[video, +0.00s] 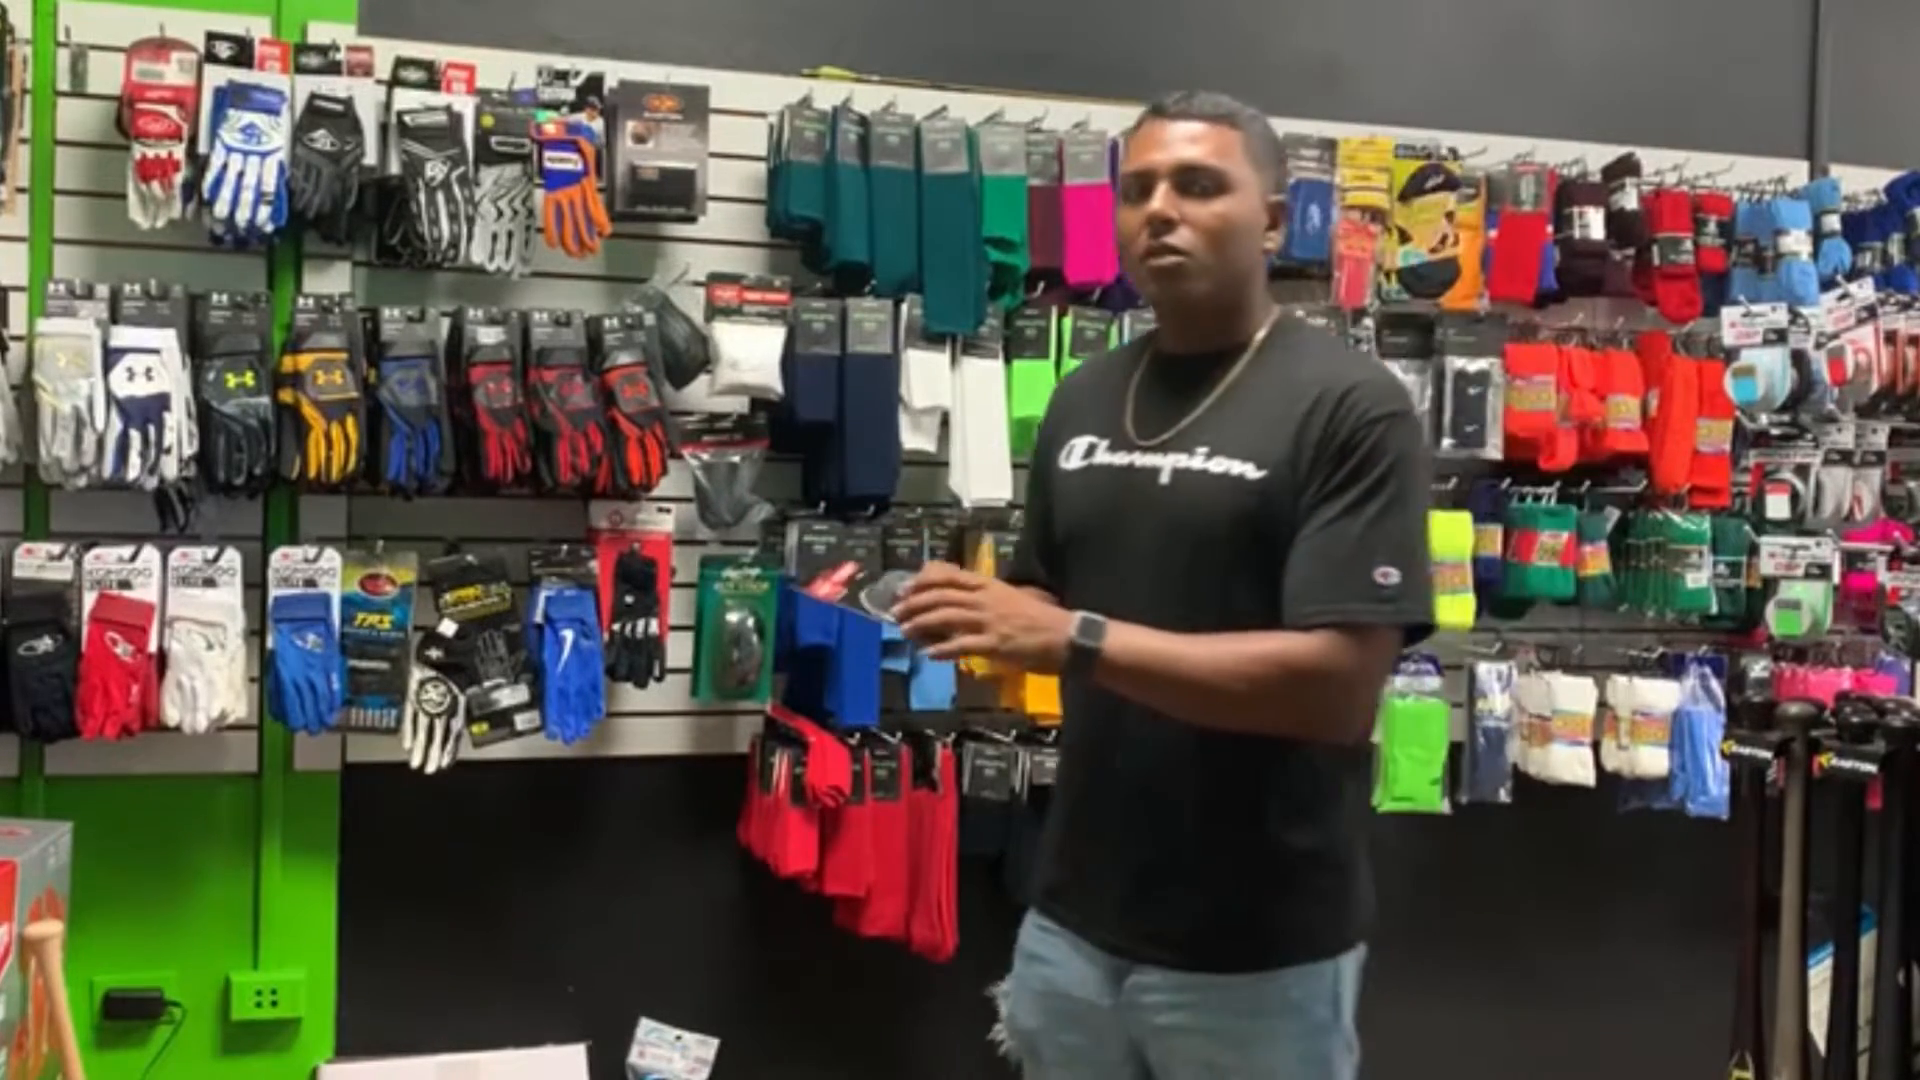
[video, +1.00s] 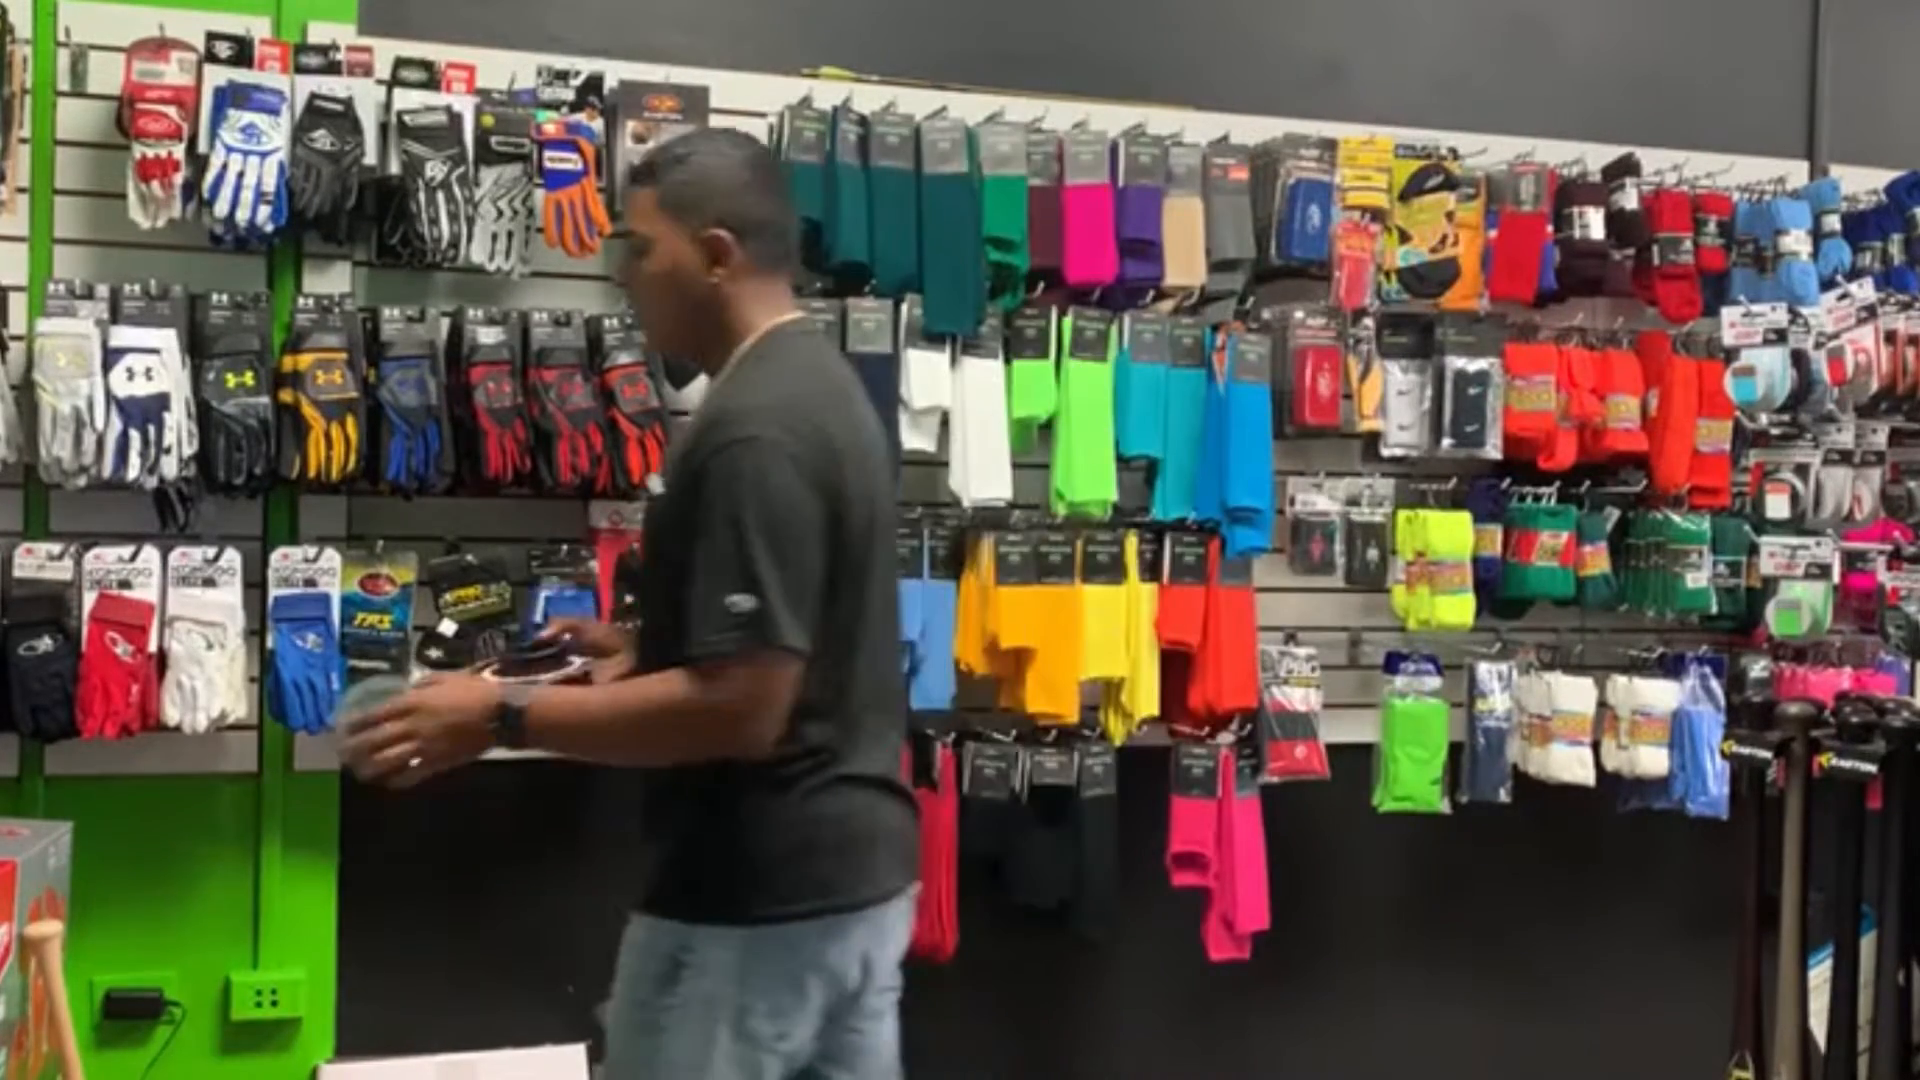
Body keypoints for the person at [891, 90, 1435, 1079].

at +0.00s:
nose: (1160, 209)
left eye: (1198, 184)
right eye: (1138, 188)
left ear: (1273, 214)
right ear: (1117, 219)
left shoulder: (1352, 405)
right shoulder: (1084, 398)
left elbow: (1342, 683)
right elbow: (1052, 615)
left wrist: (1070, 635)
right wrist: (977, 615)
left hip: (1258, 945)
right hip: (1076, 917)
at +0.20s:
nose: (1027, 246)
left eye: (1063, 218)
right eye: (1023, 221)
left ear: (1159, 232)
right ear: (1015, 233)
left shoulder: (1242, 413)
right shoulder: (1010, 410)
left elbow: (1233, 687)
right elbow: (978, 624)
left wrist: (977, 626)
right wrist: (884, 613)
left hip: (1157, 941)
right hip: (988, 913)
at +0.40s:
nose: (933, 286)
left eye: (958, 256)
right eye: (929, 261)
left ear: (1051, 246)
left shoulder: (1156, 414)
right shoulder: (971, 407)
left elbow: (1140, 681)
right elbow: (962, 625)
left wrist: (900, 619)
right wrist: (840, 608)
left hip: (1066, 903)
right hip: (946, 881)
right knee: (960, 1064)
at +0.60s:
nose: (854, 295)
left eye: (873, 262)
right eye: (850, 270)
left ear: (965, 247)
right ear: (953, 253)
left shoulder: (1051, 408)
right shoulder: (947, 400)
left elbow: (1053, 675)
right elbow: (944, 638)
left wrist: (816, 619)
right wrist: (790, 627)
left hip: (980, 895)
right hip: (936, 878)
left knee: (881, 1064)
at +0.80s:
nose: (760, 296)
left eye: (775, 263)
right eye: (760, 268)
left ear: (861, 255)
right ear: (861, 258)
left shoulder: (919, 418)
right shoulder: (922, 397)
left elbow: (924, 690)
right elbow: (863, 654)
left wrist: (692, 653)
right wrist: (683, 635)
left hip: (883, 899)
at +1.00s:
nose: (623, 278)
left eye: (637, 246)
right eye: (624, 249)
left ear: (717, 253)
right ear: (728, 254)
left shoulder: (756, 421)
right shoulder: (825, 388)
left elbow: (741, 707)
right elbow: (818, 644)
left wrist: (503, 712)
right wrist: (651, 651)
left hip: (751, 895)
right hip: (855, 870)